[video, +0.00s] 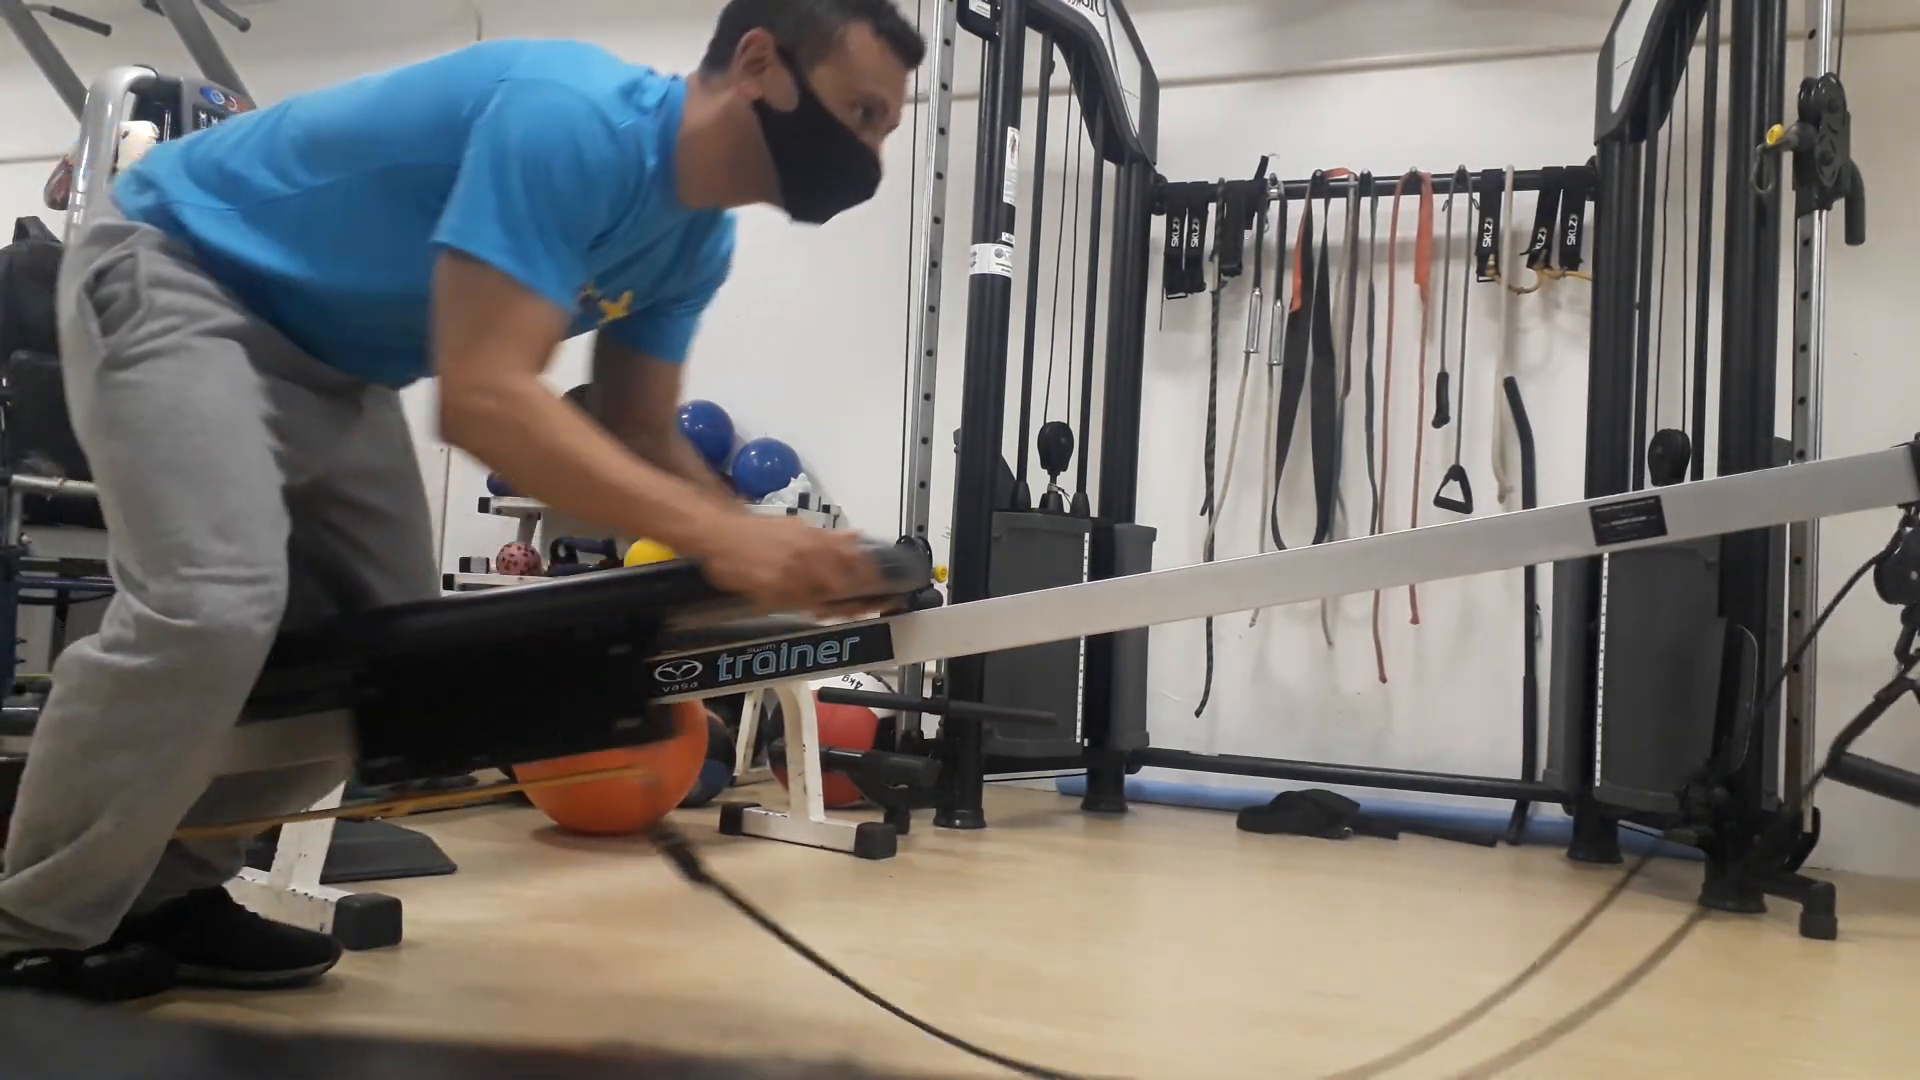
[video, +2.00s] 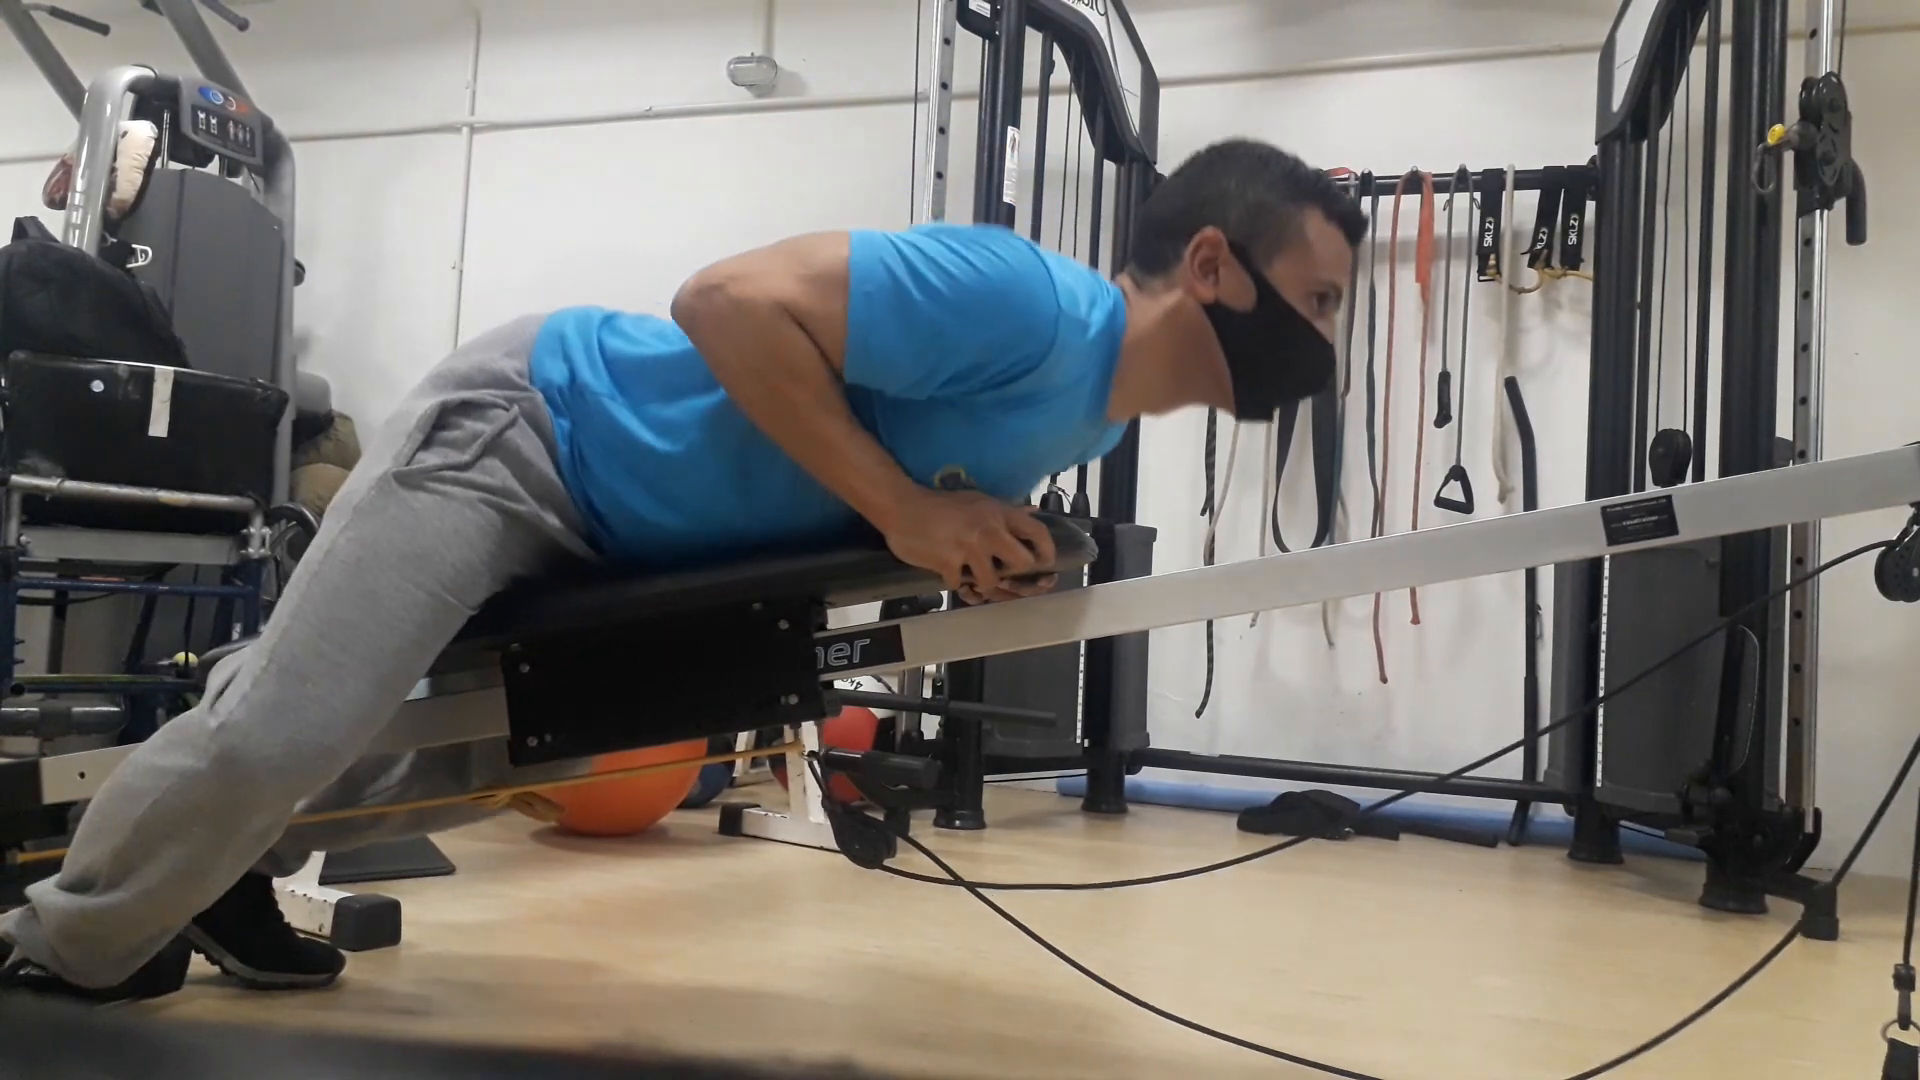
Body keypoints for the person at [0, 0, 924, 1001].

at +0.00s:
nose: (867, 149)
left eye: (884, 128)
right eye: (857, 109)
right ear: (756, 63)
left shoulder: (696, 234)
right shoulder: (567, 120)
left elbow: (636, 425)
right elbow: (482, 400)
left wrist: (759, 540)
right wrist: (723, 532)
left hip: (331, 358)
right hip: (173, 267)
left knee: (394, 647)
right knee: (210, 607)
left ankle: (165, 891)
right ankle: (30, 928)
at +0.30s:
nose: (933, 99)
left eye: (950, 76)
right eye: (922, 59)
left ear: (831, 43)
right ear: (822, 16)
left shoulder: (771, 197)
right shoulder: (641, 86)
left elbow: (782, 408)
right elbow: (670, 377)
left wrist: (939, 512)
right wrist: (918, 504)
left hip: (390, 357)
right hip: (243, 259)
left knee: (399, 658)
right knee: (230, 628)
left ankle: (167, 884)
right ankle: (40, 922)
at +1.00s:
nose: (1051, 143)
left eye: (1075, 127)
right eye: (1061, 110)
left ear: (1026, 60)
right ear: (1012, 28)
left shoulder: (942, 189)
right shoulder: (827, 65)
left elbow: (836, 373)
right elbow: (699, 340)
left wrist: (940, 512)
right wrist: (909, 500)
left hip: (525, 401)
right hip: (416, 302)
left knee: (434, 695)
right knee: (282, 673)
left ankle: (181, 882)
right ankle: (47, 939)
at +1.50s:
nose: (1254, 206)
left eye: (1266, 177)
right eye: (1242, 163)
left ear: (1163, 140)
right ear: (1137, 115)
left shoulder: (1028, 285)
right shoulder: (951, 155)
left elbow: (851, 398)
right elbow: (708, 322)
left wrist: (945, 516)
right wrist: (905, 507)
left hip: (602, 470)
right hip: (503, 366)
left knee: (472, 722)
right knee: (306, 709)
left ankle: (210, 876)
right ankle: (60, 952)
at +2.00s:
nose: (1315, 347)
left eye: (1332, 319)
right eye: (1305, 302)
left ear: (1225, 293)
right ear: (1208, 263)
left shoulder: (1085, 426)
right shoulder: (1024, 308)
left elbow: (858, 494)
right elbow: (731, 308)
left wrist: (973, 559)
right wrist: (910, 510)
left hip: (621, 550)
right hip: (538, 427)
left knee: (493, 750)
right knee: (294, 726)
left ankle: (236, 848)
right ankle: (60, 945)